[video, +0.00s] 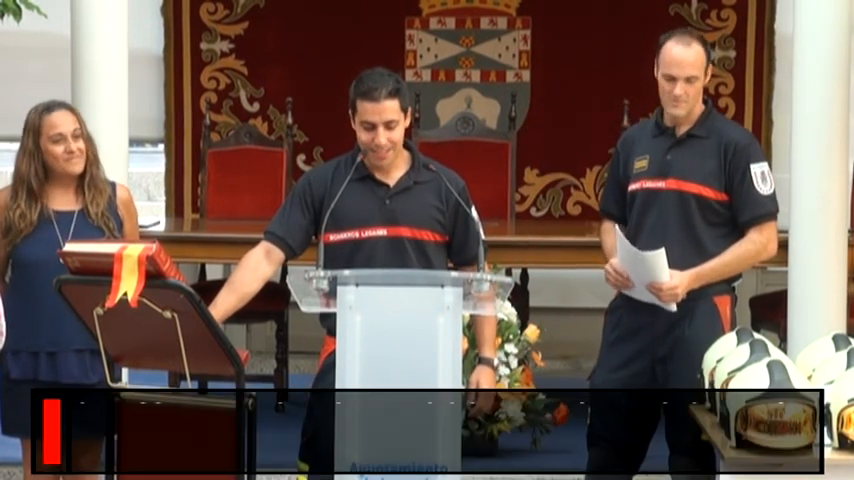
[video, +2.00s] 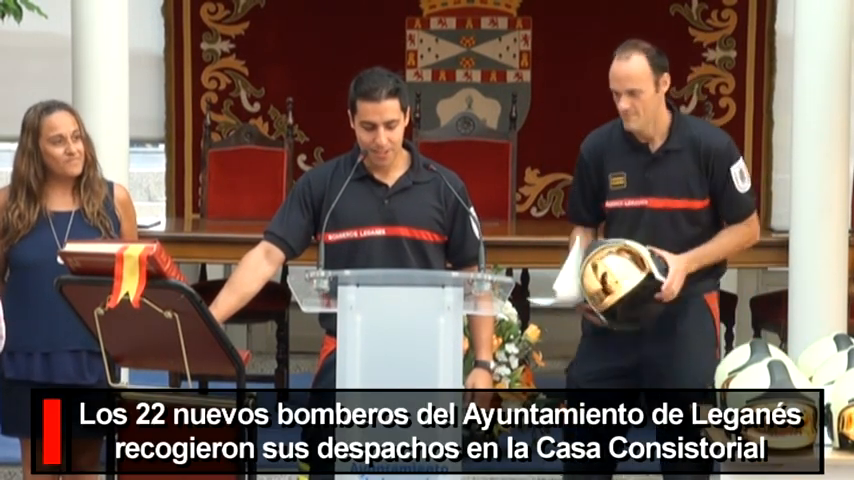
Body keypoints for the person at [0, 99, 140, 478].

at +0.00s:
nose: (73, 146)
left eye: (78, 135)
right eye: (59, 139)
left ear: (87, 140)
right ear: (37, 149)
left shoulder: (116, 198)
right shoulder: (10, 203)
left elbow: (134, 276)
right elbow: (1, 280)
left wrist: (129, 346)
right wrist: (2, 343)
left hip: (93, 359)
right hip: (29, 358)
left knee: (88, 464)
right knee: (41, 467)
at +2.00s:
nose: (73, 148)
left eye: (77, 136)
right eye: (58, 141)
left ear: (85, 139)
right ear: (35, 150)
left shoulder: (115, 200)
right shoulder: (10, 204)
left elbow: (132, 280)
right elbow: (1, 282)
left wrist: (126, 350)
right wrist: (3, 345)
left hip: (92, 362)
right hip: (27, 362)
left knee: (87, 467)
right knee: (40, 468)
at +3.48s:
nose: (95, 151)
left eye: (94, 140)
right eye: (83, 143)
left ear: (97, 141)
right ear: (52, 151)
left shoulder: (112, 194)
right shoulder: (19, 202)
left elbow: (132, 269)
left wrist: (130, 340)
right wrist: (2, 349)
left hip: (100, 348)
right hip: (38, 350)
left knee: (102, 462)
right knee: (49, 465)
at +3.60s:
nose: (97, 152)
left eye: (97, 141)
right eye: (85, 143)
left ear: (100, 142)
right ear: (55, 149)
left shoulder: (114, 195)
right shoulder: (24, 199)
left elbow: (143, 270)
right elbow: (6, 281)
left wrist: (199, 301)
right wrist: (62, 329)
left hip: (109, 353)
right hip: (46, 355)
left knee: (108, 459)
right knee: (52, 464)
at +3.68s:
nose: (98, 151)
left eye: (98, 140)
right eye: (86, 144)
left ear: (102, 141)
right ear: (56, 151)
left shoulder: (117, 194)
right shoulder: (30, 200)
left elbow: (144, 257)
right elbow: (27, 281)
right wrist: (90, 306)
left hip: (111, 346)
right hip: (53, 349)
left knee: (110, 457)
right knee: (55, 462)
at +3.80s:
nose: (102, 148)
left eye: (102, 138)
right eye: (88, 142)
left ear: (107, 139)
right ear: (61, 150)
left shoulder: (124, 193)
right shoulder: (40, 200)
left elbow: (151, 258)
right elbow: (63, 279)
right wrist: (117, 318)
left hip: (118, 348)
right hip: (61, 349)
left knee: (113, 460)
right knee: (59, 464)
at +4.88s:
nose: (91, 146)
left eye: (97, 136)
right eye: (77, 139)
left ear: (106, 140)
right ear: (58, 149)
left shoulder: (138, 195)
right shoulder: (40, 201)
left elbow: (154, 267)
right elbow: (25, 279)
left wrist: (117, 276)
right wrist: (88, 281)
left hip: (121, 353)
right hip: (59, 352)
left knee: (114, 461)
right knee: (56, 465)